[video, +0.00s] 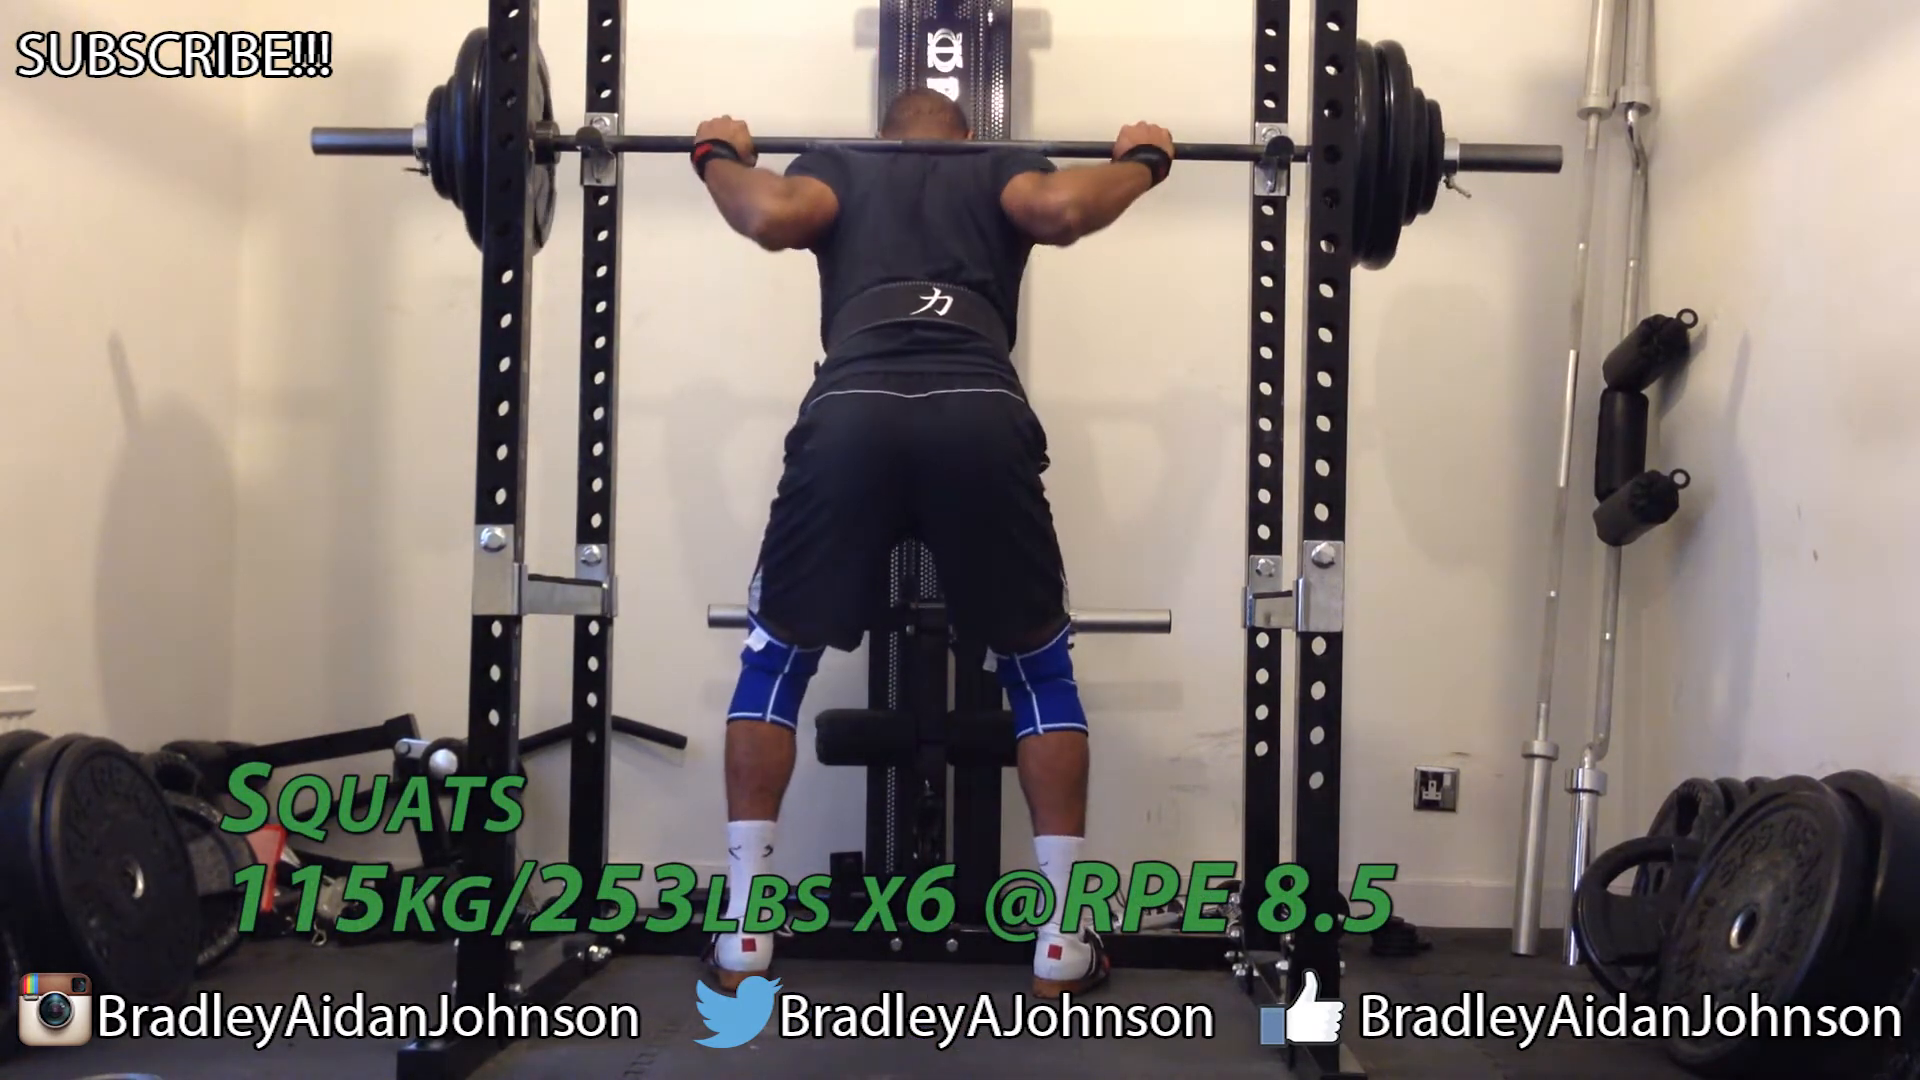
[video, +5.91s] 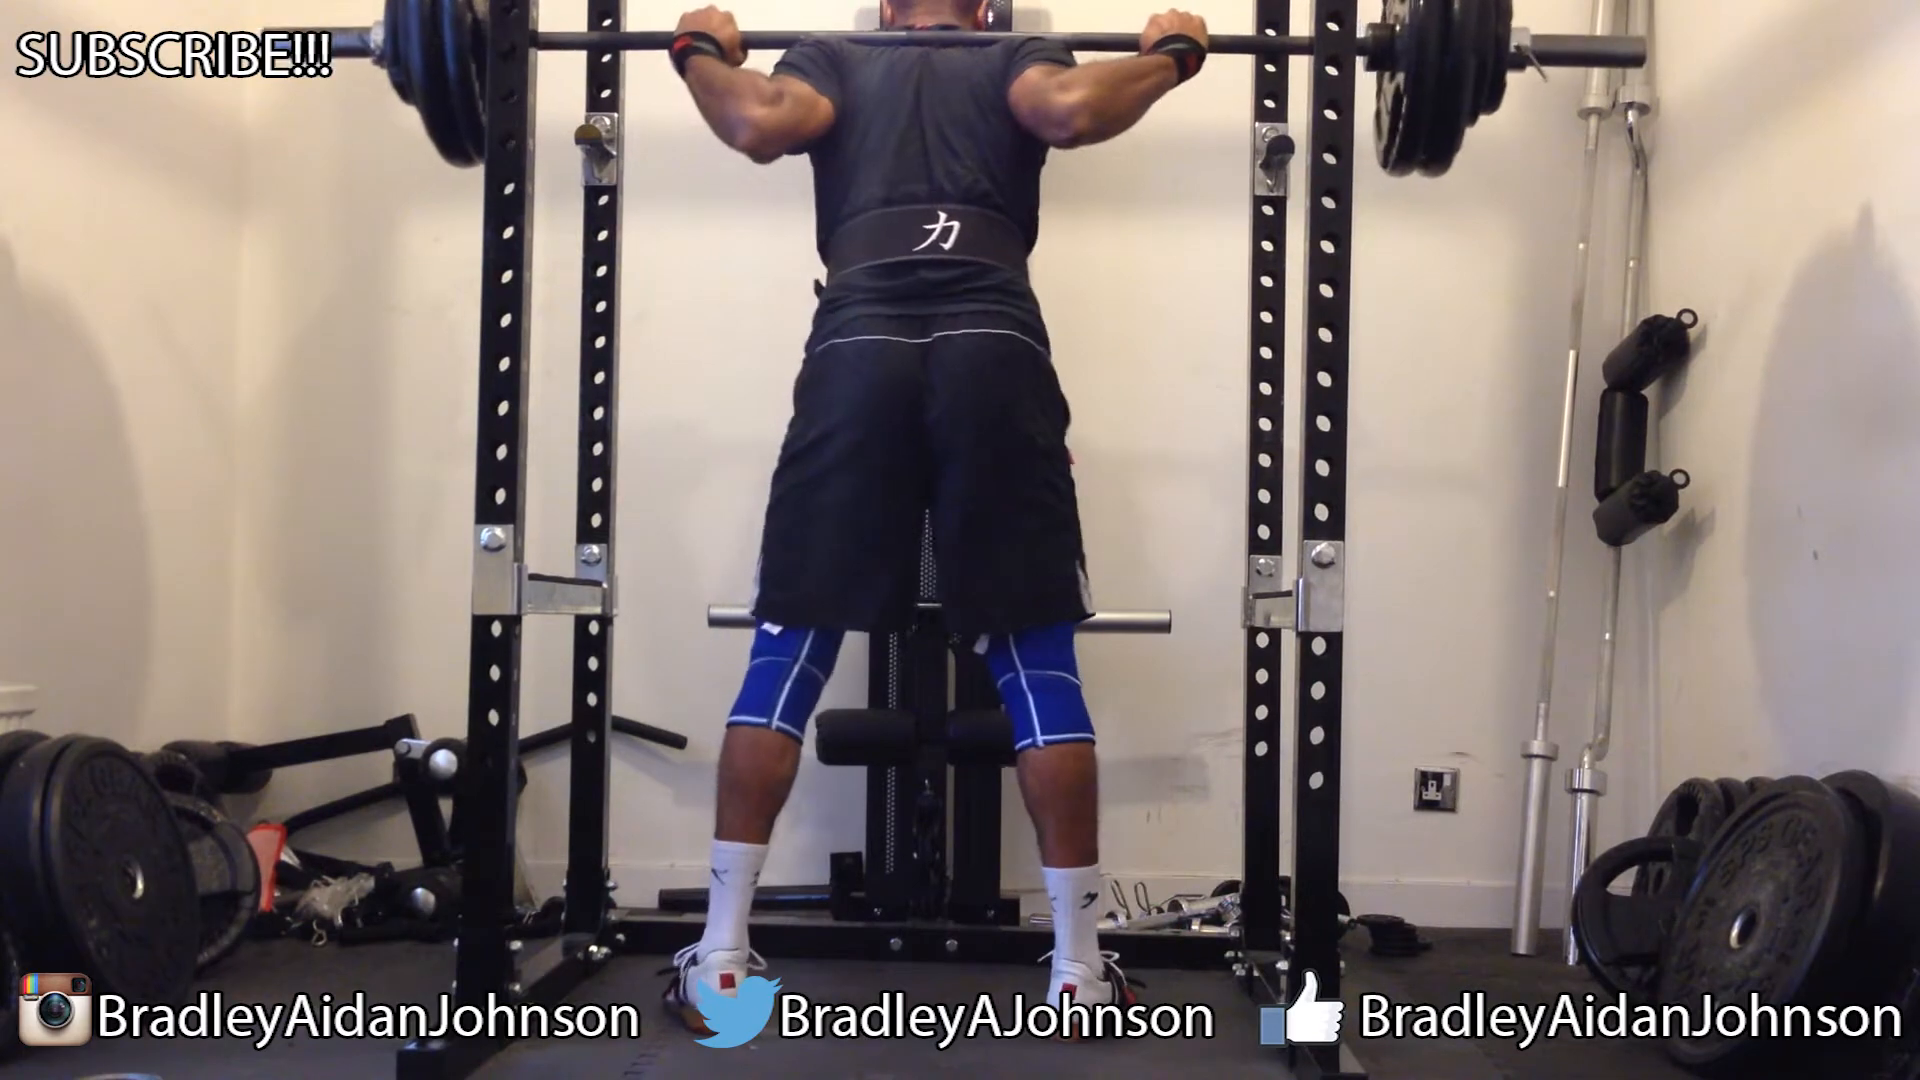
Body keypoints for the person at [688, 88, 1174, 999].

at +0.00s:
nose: (943, 130)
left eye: (922, 124)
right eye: (955, 124)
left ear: (882, 134)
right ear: (970, 135)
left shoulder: (838, 165)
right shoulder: (1001, 169)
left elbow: (767, 214)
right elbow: (1063, 208)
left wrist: (720, 157)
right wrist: (1137, 163)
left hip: (852, 414)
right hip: (980, 413)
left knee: (775, 657)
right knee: (1037, 666)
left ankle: (744, 920)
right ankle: (1062, 926)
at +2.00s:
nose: (946, 110)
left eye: (904, 97)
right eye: (961, 99)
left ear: (880, 110)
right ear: (970, 111)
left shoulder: (837, 163)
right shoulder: (999, 163)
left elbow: (778, 219)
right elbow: (1050, 210)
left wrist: (723, 158)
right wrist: (1135, 162)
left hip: (849, 429)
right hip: (978, 431)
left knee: (771, 673)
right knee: (1042, 682)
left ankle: (744, 919)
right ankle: (1061, 930)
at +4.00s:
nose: (959, 27)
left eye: (925, 17)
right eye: (982, 18)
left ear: (899, 27)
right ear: (996, 27)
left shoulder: (849, 84)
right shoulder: (1024, 80)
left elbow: (785, 152)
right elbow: (1075, 143)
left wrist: (736, 90)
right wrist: (1163, 91)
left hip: (867, 368)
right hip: (997, 370)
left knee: (802, 638)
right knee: (1022, 660)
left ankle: (735, 905)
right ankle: (1030, 945)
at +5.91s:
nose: (993, 16)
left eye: (884, 4)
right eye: (989, 8)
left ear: (880, 7)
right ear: (983, 8)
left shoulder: (830, 57)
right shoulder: (1017, 53)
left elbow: (755, 126)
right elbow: (1064, 113)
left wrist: (701, 56)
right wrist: (1164, 59)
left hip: (855, 365)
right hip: (994, 361)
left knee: (784, 657)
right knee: (1040, 665)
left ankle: (721, 956)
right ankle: (1079, 971)